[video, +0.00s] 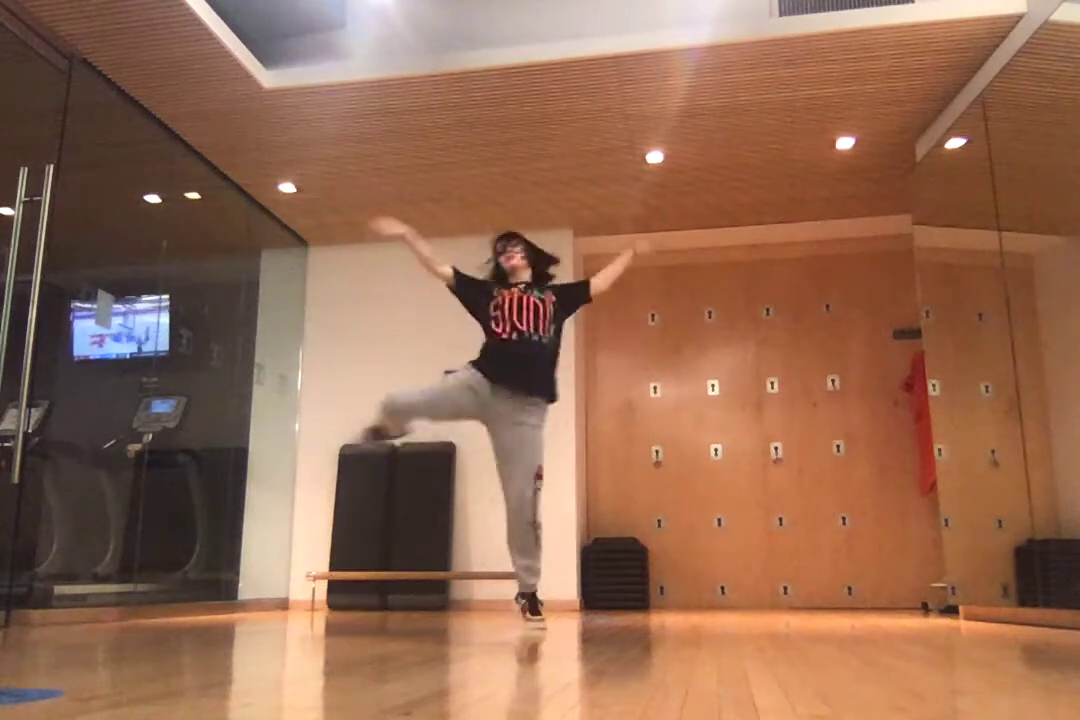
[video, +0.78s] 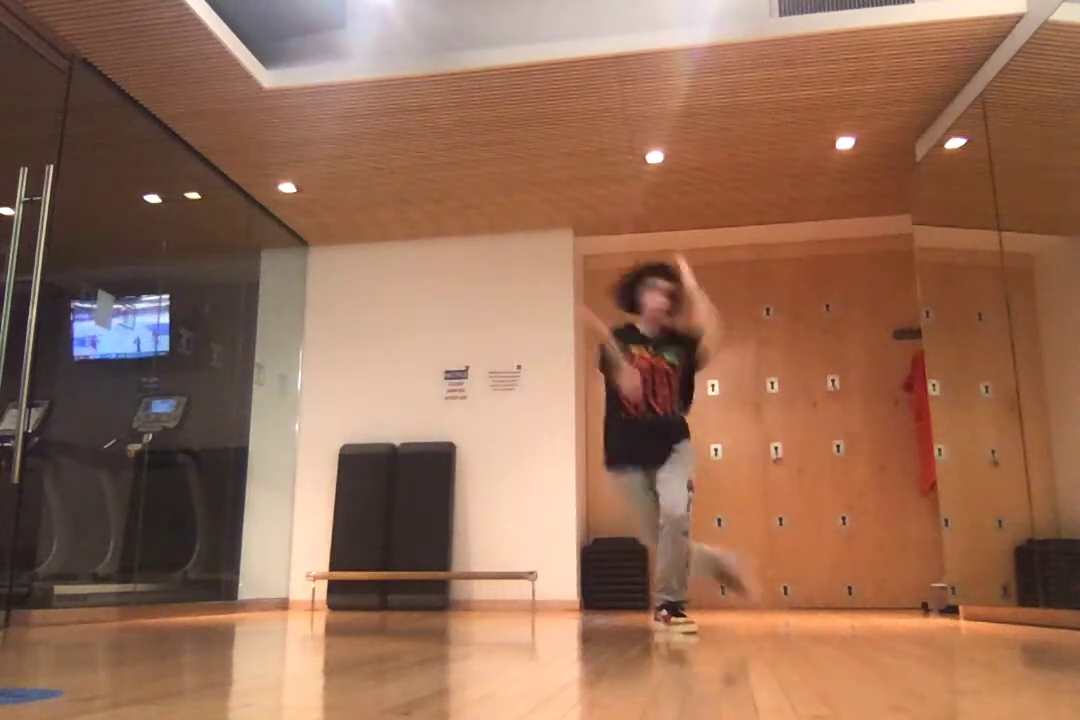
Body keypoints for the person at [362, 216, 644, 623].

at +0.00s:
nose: (510, 253)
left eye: (516, 248)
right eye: (503, 251)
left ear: (533, 256)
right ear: (498, 264)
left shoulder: (558, 297)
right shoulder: (487, 293)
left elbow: (599, 283)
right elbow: (440, 269)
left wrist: (627, 254)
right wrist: (407, 233)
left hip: (525, 409)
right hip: (480, 386)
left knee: (523, 503)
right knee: (398, 402)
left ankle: (528, 592)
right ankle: (385, 431)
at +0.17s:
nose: (537, 287)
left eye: (544, 281)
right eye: (530, 281)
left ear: (556, 289)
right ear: (516, 289)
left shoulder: (568, 321)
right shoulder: (507, 325)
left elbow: (606, 291)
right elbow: (476, 307)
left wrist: (599, 249)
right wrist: (491, 259)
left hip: (554, 422)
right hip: (508, 409)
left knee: (538, 513)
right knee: (443, 439)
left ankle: (526, 596)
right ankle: (477, 524)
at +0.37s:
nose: (562, 285)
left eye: (568, 279)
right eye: (554, 280)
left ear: (580, 286)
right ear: (545, 288)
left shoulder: (596, 321)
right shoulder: (533, 332)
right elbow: (493, 307)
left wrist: (595, 257)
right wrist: (522, 266)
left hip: (589, 429)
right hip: (542, 427)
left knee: (573, 514)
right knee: (535, 506)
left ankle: (539, 587)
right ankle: (549, 597)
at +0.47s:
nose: (579, 262)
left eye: (586, 255)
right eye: (571, 257)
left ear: (600, 262)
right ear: (560, 267)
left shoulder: (619, 294)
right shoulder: (550, 306)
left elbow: (662, 249)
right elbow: (508, 286)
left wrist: (644, 221)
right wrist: (518, 256)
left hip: (614, 422)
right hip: (564, 418)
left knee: (623, 498)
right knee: (542, 493)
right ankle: (524, 583)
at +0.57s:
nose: (599, 269)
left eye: (608, 261)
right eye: (591, 261)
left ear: (621, 267)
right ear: (580, 269)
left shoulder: (640, 296)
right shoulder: (575, 304)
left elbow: (690, 265)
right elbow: (538, 282)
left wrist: (667, 232)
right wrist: (549, 260)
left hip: (638, 422)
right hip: (587, 417)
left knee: (657, 502)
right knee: (554, 483)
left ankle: (672, 599)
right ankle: (528, 550)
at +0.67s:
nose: (617, 283)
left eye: (624, 275)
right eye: (610, 276)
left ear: (639, 280)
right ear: (602, 284)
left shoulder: (663, 315)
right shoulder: (597, 326)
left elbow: (721, 290)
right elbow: (548, 318)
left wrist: (689, 252)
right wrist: (578, 284)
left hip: (661, 433)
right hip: (610, 435)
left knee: (673, 511)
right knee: (602, 525)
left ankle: (668, 602)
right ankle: (609, 543)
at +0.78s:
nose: (663, 300)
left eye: (668, 294)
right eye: (655, 291)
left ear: (674, 303)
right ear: (638, 298)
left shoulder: (683, 346)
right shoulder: (619, 341)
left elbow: (707, 327)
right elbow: (630, 389)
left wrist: (691, 285)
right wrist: (614, 352)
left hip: (672, 445)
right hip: (627, 452)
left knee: (675, 516)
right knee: (654, 535)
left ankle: (670, 604)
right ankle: (719, 564)